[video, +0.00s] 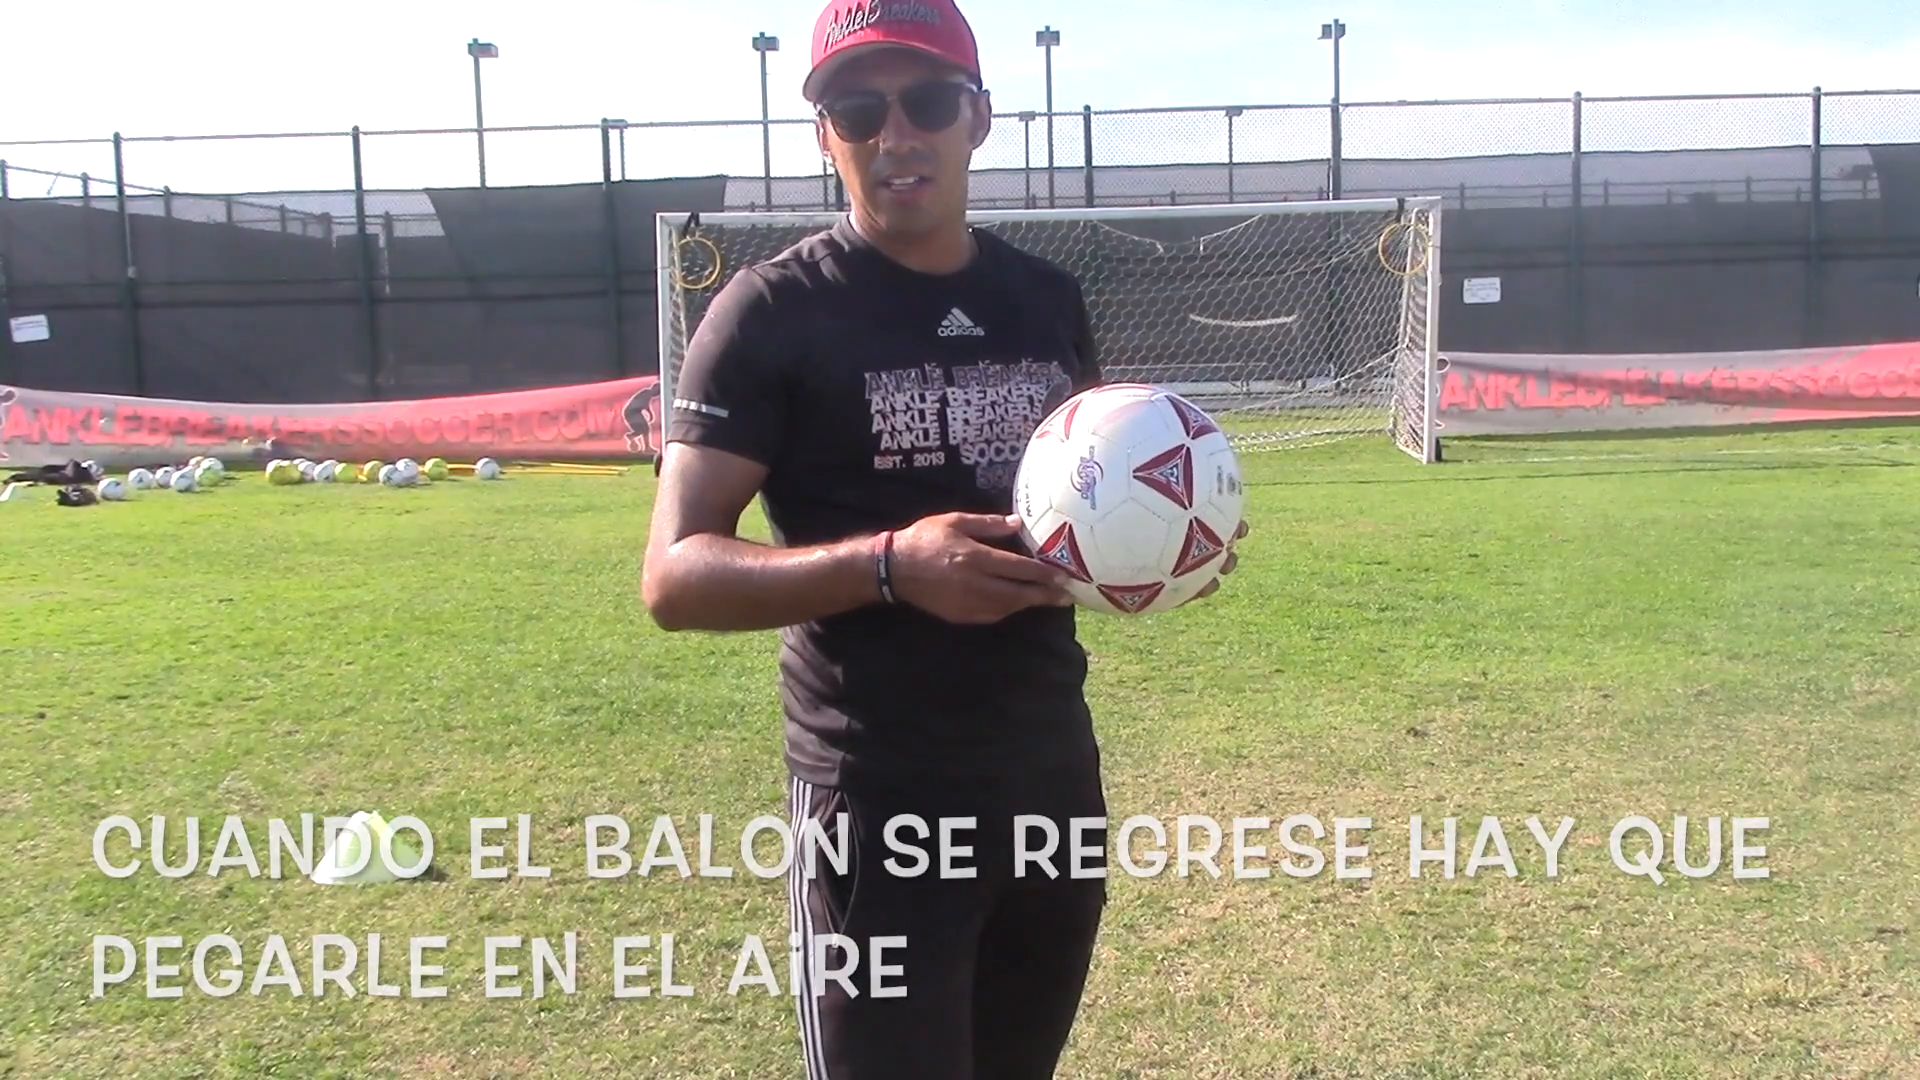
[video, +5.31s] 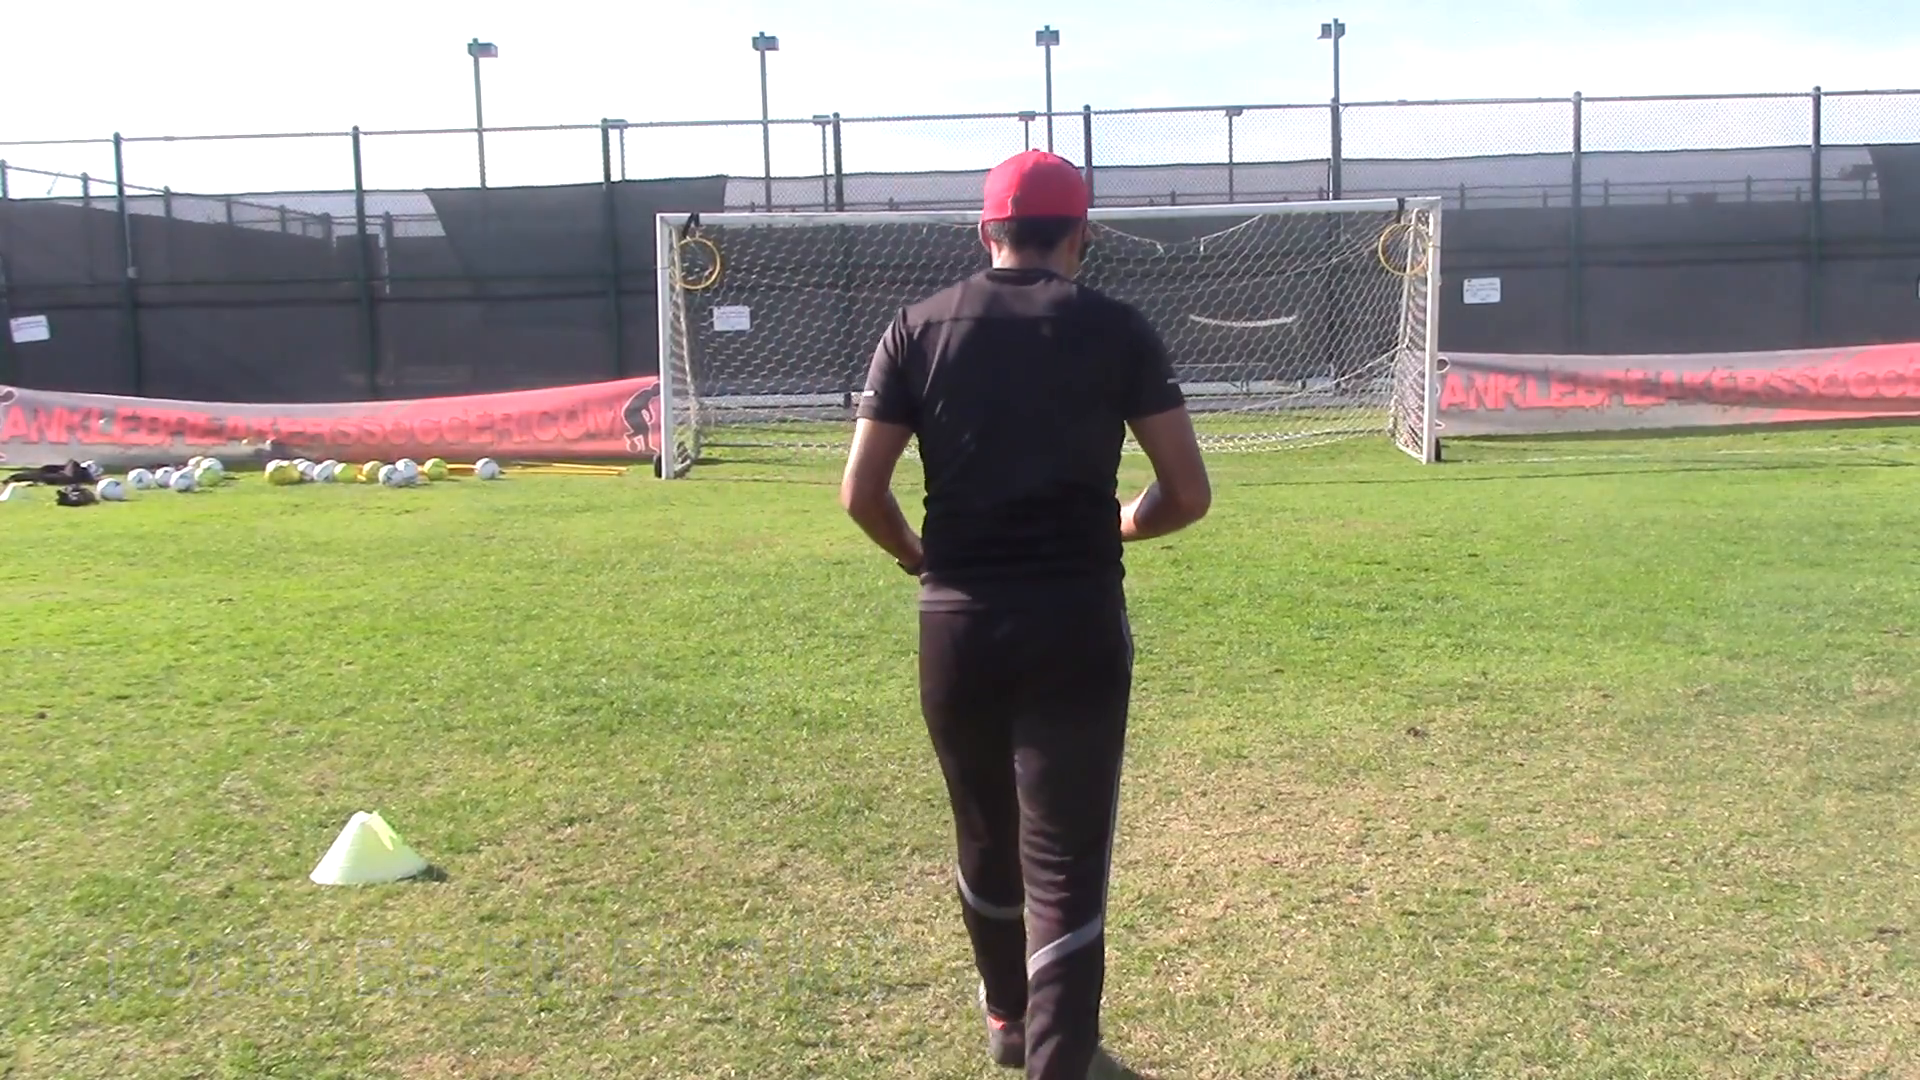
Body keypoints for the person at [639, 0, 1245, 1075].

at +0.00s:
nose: (897, 140)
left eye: (928, 104)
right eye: (862, 112)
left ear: (978, 119)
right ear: (826, 140)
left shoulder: (1046, 297)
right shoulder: (768, 312)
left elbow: (1088, 496)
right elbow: (674, 578)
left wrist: (1156, 505)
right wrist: (888, 565)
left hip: (1047, 759)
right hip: (872, 774)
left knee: (1019, 1062)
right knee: (888, 1062)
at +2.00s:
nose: (920, 134)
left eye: (952, 101)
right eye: (884, 104)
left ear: (996, 118)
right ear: (841, 129)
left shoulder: (1056, 297)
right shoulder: (776, 304)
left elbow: (1087, 527)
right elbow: (685, 571)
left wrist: (1165, 553)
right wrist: (925, 564)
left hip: (1052, 772)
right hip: (873, 783)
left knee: (1022, 1063)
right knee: (889, 1062)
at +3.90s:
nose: (1066, 116)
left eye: (1056, 87)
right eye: (1037, 87)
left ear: (942, 109)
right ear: (931, 104)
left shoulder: (914, 280)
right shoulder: (859, 287)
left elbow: (924, 537)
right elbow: (801, 619)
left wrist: (1077, 573)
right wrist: (1065, 589)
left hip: (891, 784)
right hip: (828, 797)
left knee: (951, 1053)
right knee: (885, 1066)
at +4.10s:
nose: (1029, 147)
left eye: (1024, 119)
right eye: (1014, 118)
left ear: (916, 136)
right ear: (955, 132)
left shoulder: (812, 284)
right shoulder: (913, 293)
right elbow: (928, 583)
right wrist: (1097, 556)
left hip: (808, 759)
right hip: (843, 783)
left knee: (938, 1042)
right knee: (867, 1059)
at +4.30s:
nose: (999, 160)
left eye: (995, 139)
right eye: (990, 140)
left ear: (862, 167)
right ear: (964, 154)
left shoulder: (788, 296)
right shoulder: (954, 294)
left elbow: (723, 537)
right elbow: (984, 559)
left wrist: (910, 556)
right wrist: (1079, 554)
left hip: (765, 717)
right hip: (885, 745)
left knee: (881, 1055)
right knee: (999, 1059)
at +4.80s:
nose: (1063, 221)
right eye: (1063, 208)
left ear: (943, 213)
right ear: (1055, 217)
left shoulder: (853, 320)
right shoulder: (1090, 341)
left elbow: (779, 512)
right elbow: (1151, 550)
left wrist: (881, 559)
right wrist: (1095, 570)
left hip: (882, 681)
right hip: (1029, 688)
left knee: (900, 983)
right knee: (1038, 950)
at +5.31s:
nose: (1081, 245)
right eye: (1082, 232)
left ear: (985, 232)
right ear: (1080, 234)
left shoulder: (919, 327)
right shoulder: (1115, 329)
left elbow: (862, 492)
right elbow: (1186, 493)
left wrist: (919, 554)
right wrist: (1122, 523)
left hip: (957, 618)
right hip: (1078, 619)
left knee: (985, 831)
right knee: (1066, 856)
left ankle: (1007, 1021)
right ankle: (1063, 1057)